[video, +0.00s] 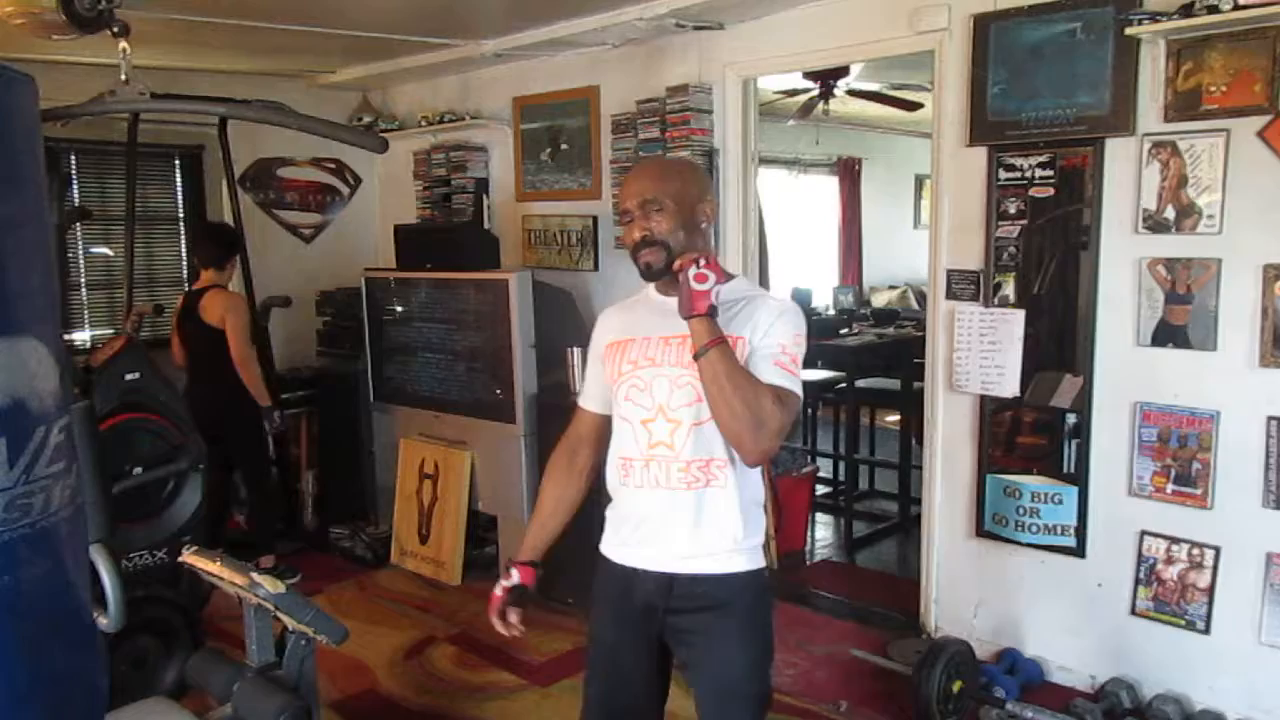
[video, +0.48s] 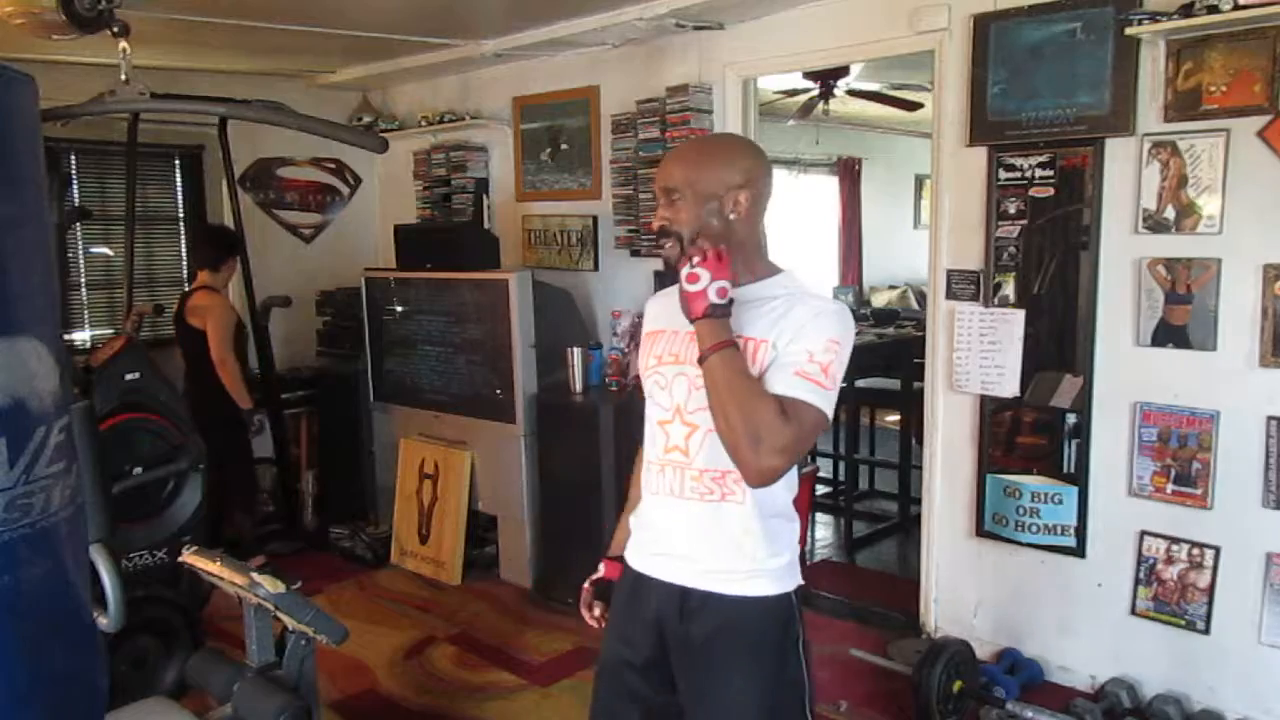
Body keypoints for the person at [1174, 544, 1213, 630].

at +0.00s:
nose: (1195, 559)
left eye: (1198, 556)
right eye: (1192, 556)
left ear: (1202, 557)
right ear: (1188, 557)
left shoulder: (1209, 573)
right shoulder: (1183, 573)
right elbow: (1178, 589)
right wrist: (1173, 604)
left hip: (1202, 609)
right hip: (1183, 606)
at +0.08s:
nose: (1195, 559)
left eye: (1198, 556)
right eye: (1192, 556)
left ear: (1202, 557)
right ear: (1188, 557)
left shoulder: (1209, 574)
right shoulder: (1182, 573)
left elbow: (1212, 594)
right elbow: (1178, 589)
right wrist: (1173, 604)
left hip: (1201, 609)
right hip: (1183, 605)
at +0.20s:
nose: (1195, 559)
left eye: (1198, 556)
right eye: (1192, 556)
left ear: (1203, 557)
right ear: (1189, 557)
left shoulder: (1209, 574)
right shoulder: (1182, 573)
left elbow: (1212, 594)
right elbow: (1178, 589)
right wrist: (1173, 604)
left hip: (1200, 609)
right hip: (1183, 605)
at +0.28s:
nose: (1195, 559)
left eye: (1198, 556)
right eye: (1192, 556)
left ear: (1203, 557)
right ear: (1189, 557)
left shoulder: (1209, 574)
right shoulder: (1182, 573)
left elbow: (1212, 594)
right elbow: (1178, 589)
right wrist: (1173, 603)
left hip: (1200, 609)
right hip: (1183, 605)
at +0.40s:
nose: (1195, 559)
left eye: (1198, 556)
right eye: (1192, 556)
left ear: (1203, 557)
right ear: (1189, 557)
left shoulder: (1209, 575)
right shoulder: (1182, 572)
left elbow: (1212, 594)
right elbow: (1178, 589)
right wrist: (1173, 603)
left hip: (1200, 610)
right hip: (1182, 606)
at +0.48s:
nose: (1195, 559)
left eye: (1198, 556)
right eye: (1192, 556)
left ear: (1203, 557)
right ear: (1189, 557)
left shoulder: (1209, 575)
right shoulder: (1182, 573)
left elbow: (1212, 594)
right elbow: (1178, 589)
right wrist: (1173, 603)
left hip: (1200, 609)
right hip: (1183, 605)